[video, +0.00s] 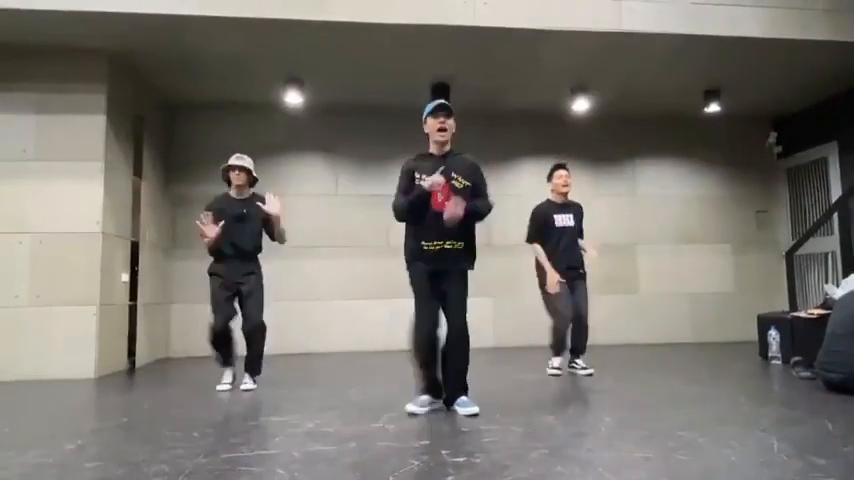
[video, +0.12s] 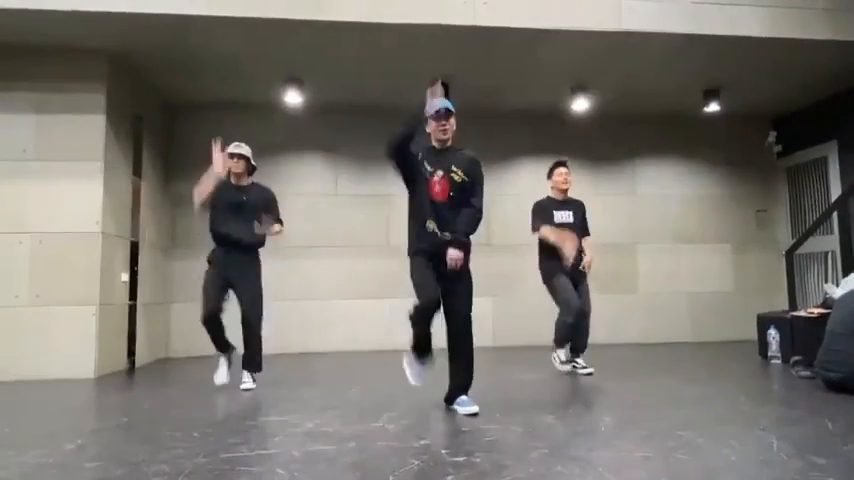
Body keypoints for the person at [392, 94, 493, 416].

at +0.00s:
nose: (442, 128)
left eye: (446, 124)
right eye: (436, 124)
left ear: (453, 127)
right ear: (426, 128)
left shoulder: (468, 166)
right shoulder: (412, 167)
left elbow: (484, 206)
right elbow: (400, 211)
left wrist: (464, 207)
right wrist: (422, 190)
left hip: (456, 258)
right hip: (421, 259)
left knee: (457, 325)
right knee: (426, 325)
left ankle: (457, 393)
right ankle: (430, 391)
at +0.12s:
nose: (443, 123)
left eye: (447, 118)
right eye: (437, 119)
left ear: (455, 122)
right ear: (427, 125)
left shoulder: (468, 163)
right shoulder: (415, 161)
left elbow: (474, 209)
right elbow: (397, 150)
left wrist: (459, 242)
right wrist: (421, 117)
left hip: (456, 249)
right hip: (423, 249)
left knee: (461, 322)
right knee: (429, 301)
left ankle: (458, 393)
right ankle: (419, 354)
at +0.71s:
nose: (432, 115)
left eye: (437, 111)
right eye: (426, 110)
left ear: (443, 119)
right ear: (414, 117)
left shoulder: (457, 160)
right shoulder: (399, 159)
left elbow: (462, 208)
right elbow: (391, 208)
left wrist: (445, 243)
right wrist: (410, 234)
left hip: (443, 253)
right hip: (406, 252)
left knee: (456, 319)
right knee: (390, 318)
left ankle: (471, 388)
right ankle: (370, 389)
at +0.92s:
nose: (427, 112)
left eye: (431, 107)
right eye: (420, 108)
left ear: (438, 115)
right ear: (409, 116)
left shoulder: (454, 159)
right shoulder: (396, 160)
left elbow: (462, 206)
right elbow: (388, 208)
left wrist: (447, 242)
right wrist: (409, 234)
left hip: (444, 251)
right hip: (406, 251)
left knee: (450, 322)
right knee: (395, 321)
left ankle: (454, 386)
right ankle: (387, 390)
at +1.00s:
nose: (427, 112)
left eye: (432, 107)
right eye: (421, 107)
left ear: (438, 115)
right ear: (410, 116)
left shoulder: (454, 158)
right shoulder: (397, 159)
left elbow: (462, 205)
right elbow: (390, 207)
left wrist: (449, 241)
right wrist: (410, 235)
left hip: (445, 251)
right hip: (407, 250)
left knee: (449, 320)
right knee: (397, 319)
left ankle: (456, 388)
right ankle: (385, 390)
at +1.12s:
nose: (430, 113)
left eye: (435, 108)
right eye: (423, 108)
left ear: (441, 117)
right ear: (412, 118)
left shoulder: (457, 160)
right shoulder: (400, 162)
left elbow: (465, 208)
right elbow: (393, 210)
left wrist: (453, 244)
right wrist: (415, 238)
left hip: (448, 254)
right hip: (411, 254)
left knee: (453, 324)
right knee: (399, 323)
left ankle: (457, 389)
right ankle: (386, 392)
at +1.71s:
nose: (421, 121)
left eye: (424, 116)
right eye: (415, 116)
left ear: (428, 123)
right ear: (399, 122)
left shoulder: (432, 168)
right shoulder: (387, 161)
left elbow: (437, 208)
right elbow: (389, 198)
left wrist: (438, 241)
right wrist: (436, 197)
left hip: (425, 257)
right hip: (392, 258)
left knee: (443, 325)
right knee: (385, 325)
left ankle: (452, 390)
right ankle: (374, 390)